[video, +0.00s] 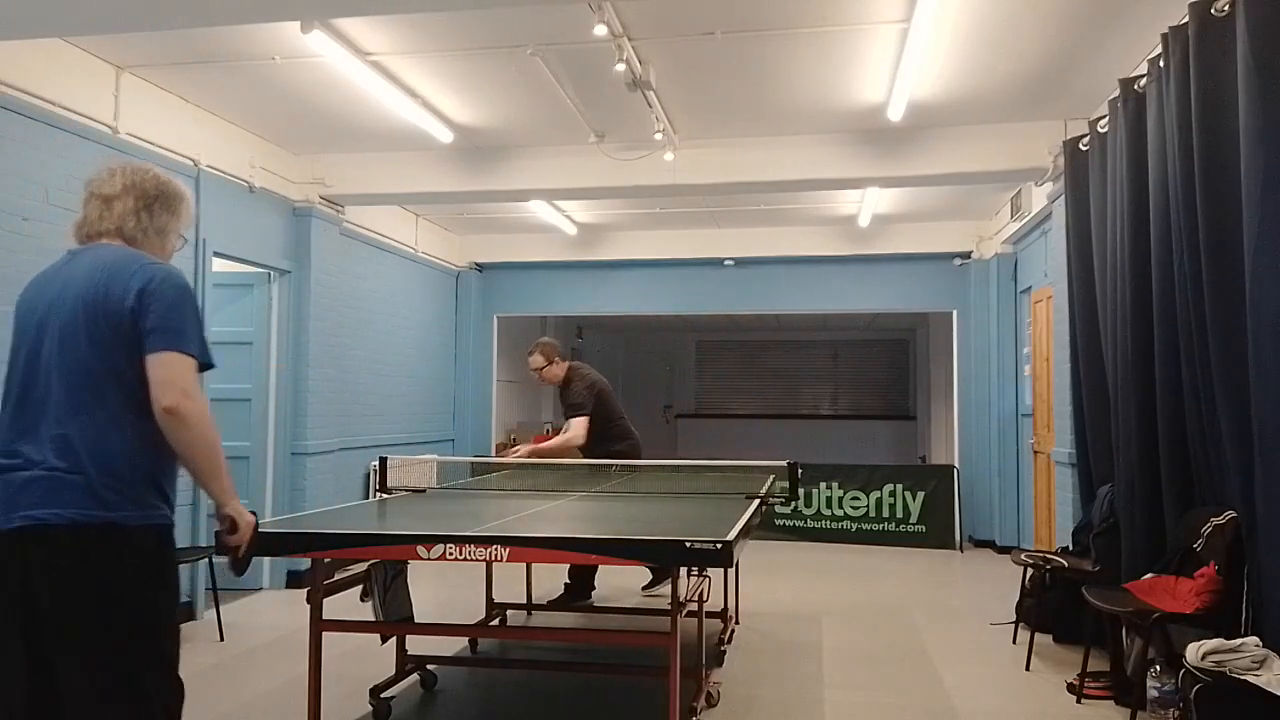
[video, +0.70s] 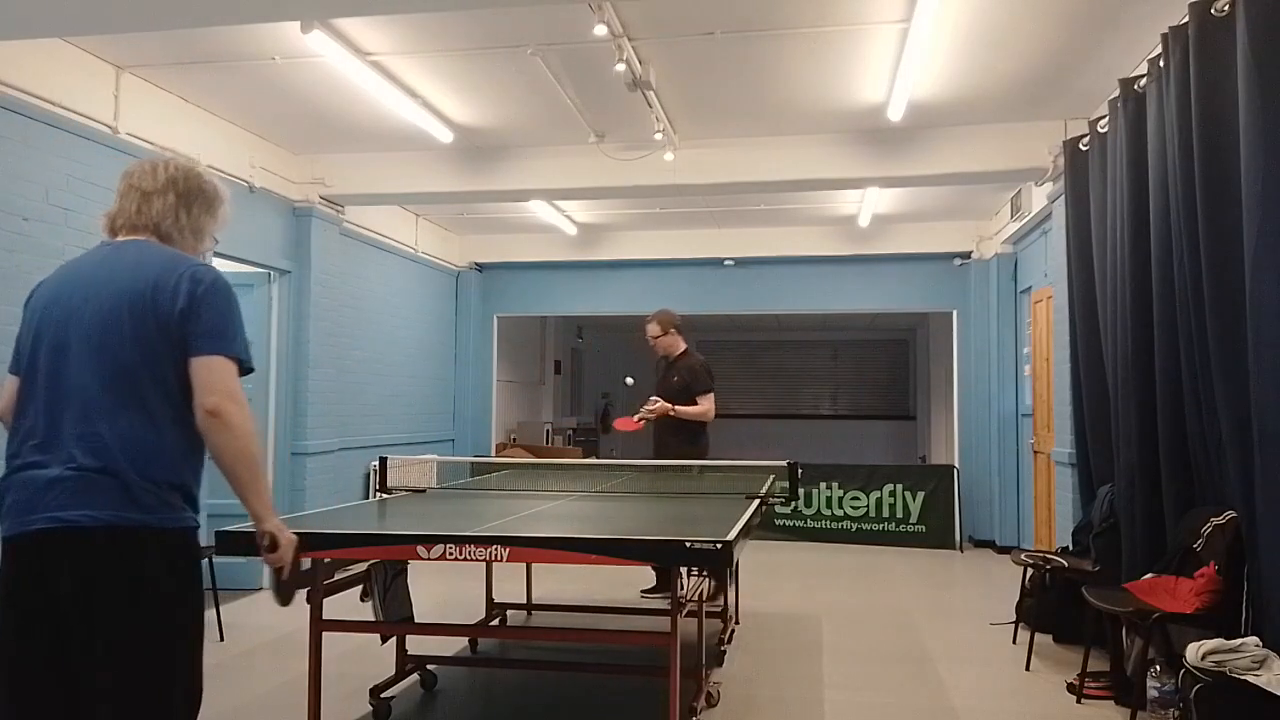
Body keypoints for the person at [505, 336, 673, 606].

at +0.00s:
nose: (538, 376)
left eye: (539, 370)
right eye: (535, 371)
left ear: (556, 362)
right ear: (555, 363)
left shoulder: (580, 382)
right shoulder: (571, 380)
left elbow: (577, 437)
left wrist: (532, 449)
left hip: (618, 458)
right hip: (603, 457)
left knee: (590, 521)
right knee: (602, 521)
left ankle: (579, 589)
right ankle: (661, 560)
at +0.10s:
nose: (553, 371)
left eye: (555, 364)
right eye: (550, 365)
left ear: (572, 356)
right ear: (570, 358)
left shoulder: (597, 379)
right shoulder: (580, 380)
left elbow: (604, 431)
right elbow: (587, 424)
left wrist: (564, 423)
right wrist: (570, 432)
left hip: (623, 464)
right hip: (603, 463)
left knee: (593, 523)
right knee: (602, 523)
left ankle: (580, 589)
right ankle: (658, 567)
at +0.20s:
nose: (572, 365)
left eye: (576, 358)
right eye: (570, 359)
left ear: (593, 351)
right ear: (588, 354)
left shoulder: (621, 378)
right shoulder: (594, 377)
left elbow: (629, 426)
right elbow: (593, 412)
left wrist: (598, 402)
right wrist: (579, 437)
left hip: (631, 466)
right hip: (606, 464)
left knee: (599, 525)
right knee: (612, 524)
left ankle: (582, 589)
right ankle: (661, 571)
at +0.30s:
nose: (593, 360)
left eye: (597, 354)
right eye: (590, 355)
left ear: (615, 347)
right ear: (592, 354)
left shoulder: (643, 375)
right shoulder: (607, 378)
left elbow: (659, 420)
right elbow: (603, 412)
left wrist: (628, 398)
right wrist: (592, 432)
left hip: (646, 468)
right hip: (616, 466)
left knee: (609, 525)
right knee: (636, 525)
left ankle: (586, 587)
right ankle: (663, 576)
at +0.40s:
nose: (609, 358)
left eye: (613, 351)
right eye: (607, 353)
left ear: (631, 344)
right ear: (622, 347)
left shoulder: (658, 372)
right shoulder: (621, 375)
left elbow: (683, 414)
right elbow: (618, 408)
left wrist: (653, 402)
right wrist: (607, 420)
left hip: (660, 467)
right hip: (630, 466)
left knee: (623, 525)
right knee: (648, 525)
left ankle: (597, 587)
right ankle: (665, 582)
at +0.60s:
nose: (637, 346)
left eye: (639, 341)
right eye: (635, 342)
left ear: (657, 335)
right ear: (649, 339)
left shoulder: (685, 365)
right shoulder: (648, 364)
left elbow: (705, 409)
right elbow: (643, 396)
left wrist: (671, 408)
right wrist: (627, 415)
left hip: (679, 460)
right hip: (652, 458)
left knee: (672, 520)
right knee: (652, 519)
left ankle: (673, 584)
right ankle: (661, 579)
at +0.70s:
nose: (652, 345)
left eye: (654, 339)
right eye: (650, 340)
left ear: (672, 333)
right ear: (665, 335)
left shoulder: (695, 364)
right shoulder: (667, 363)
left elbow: (708, 412)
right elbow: (668, 401)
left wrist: (669, 409)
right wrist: (647, 414)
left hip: (688, 458)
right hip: (665, 457)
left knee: (694, 518)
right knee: (661, 519)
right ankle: (665, 580)